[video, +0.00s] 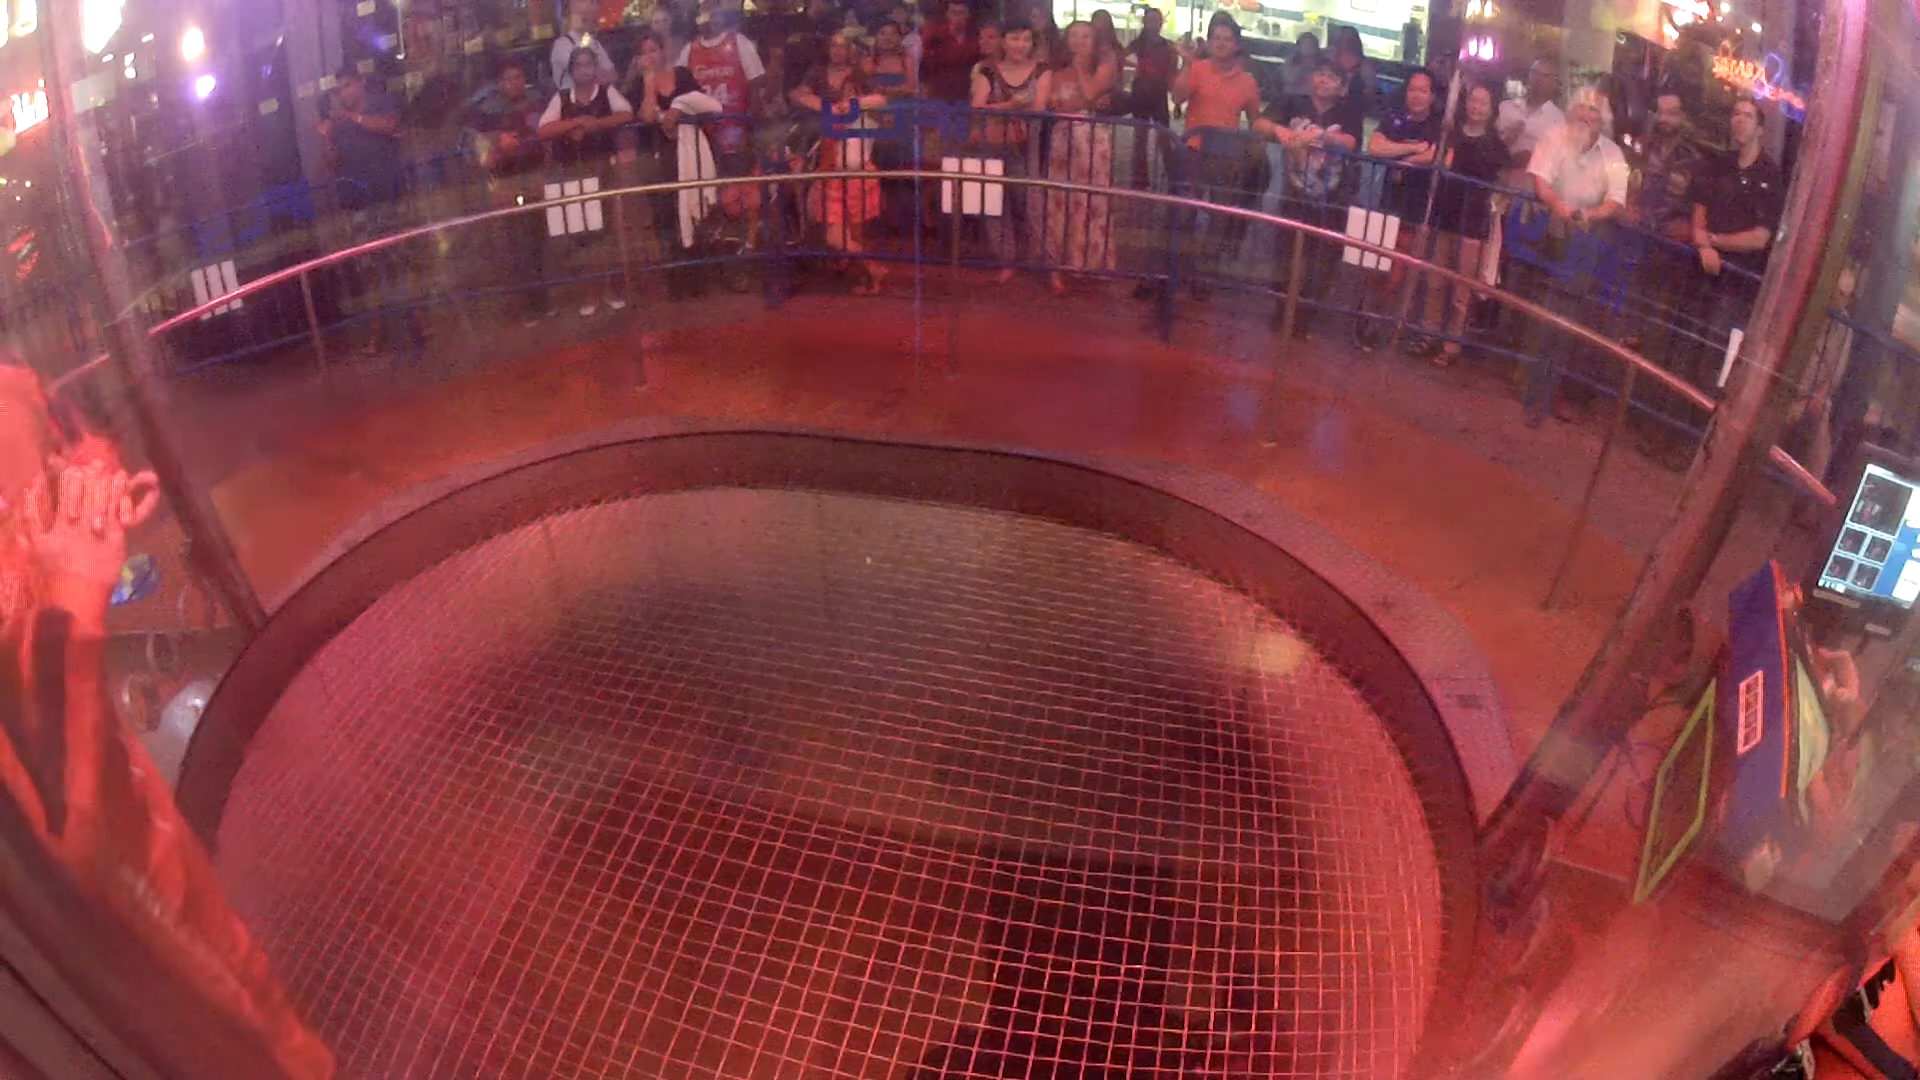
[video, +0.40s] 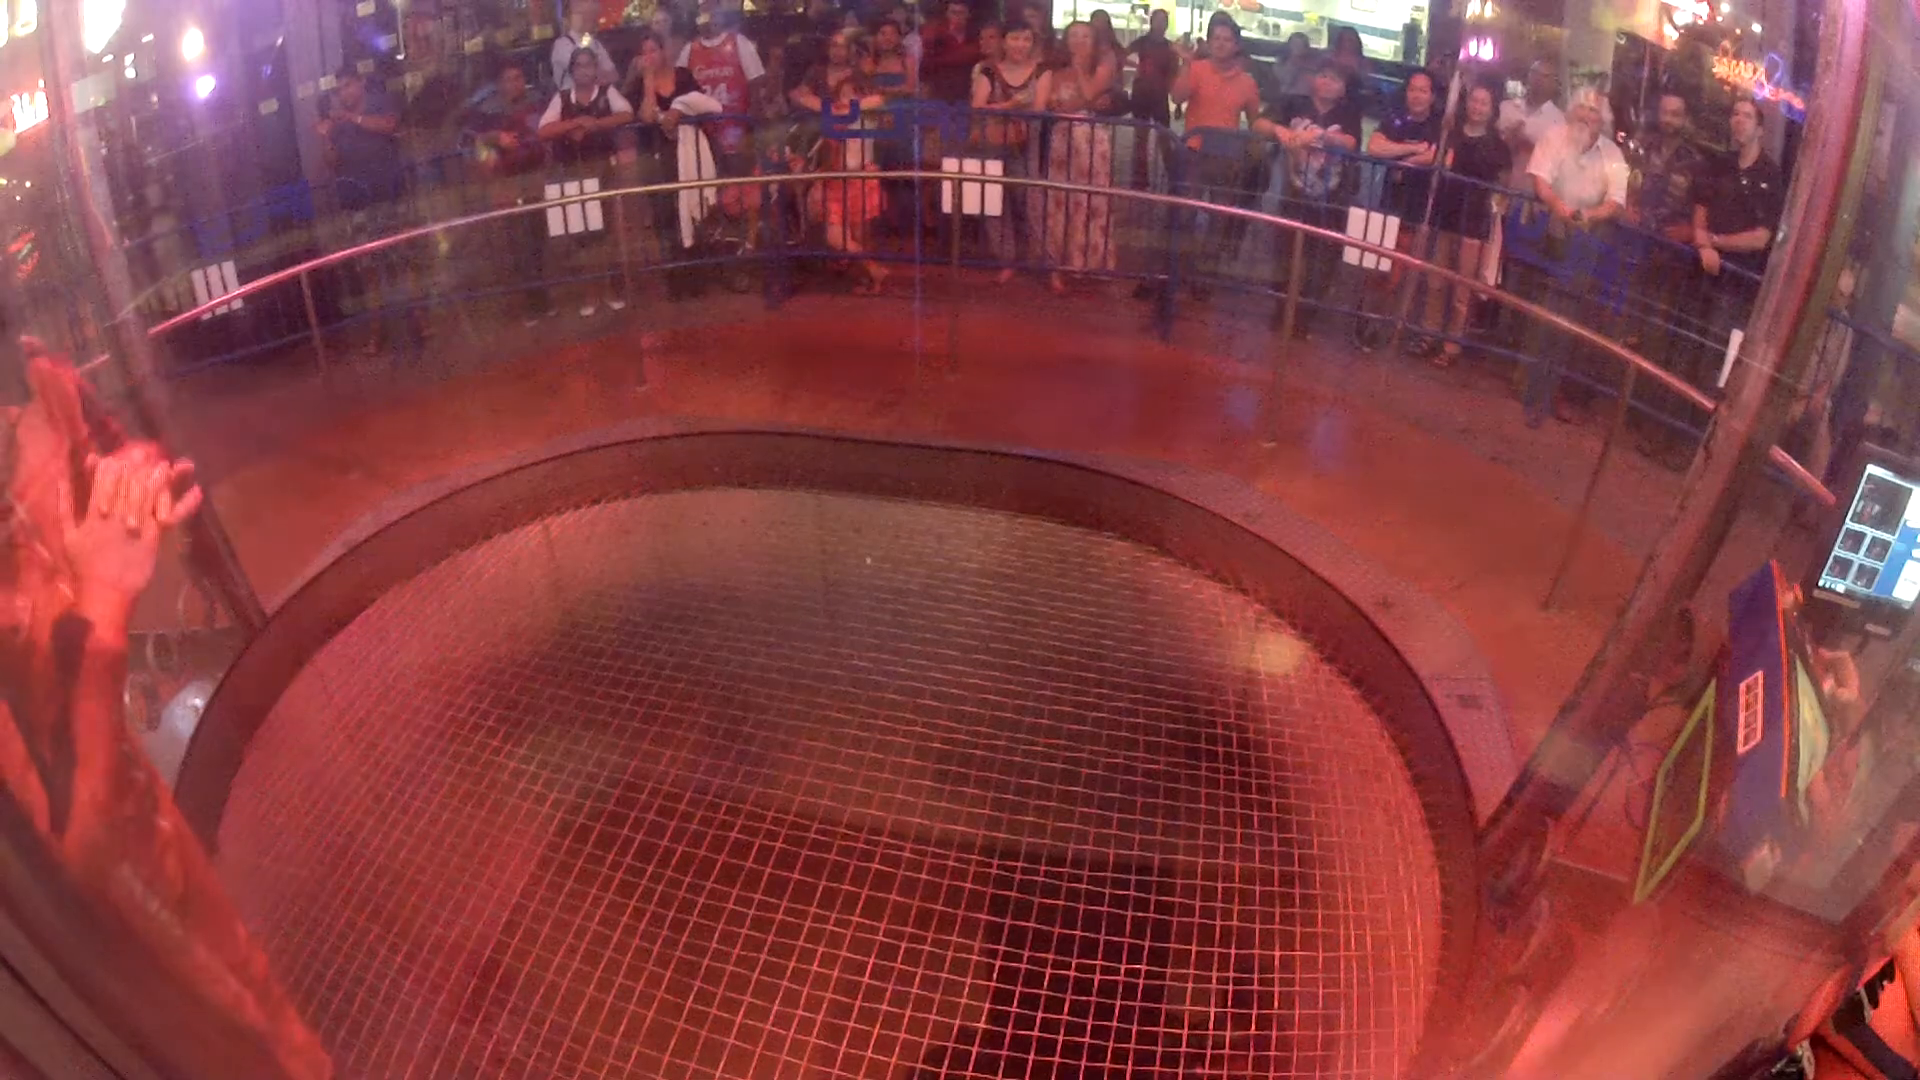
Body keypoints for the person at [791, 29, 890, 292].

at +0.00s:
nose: (836, 51)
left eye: (841, 46)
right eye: (833, 46)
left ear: (851, 50)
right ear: (827, 49)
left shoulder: (859, 76)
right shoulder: (818, 74)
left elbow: (880, 99)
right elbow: (798, 94)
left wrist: (853, 104)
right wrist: (828, 108)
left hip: (857, 163)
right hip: (829, 161)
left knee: (854, 230)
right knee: (833, 236)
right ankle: (873, 269)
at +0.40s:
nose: (835, 51)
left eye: (841, 46)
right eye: (832, 45)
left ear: (852, 50)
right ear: (826, 48)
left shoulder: (861, 77)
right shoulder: (819, 74)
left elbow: (880, 100)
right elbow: (797, 94)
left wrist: (853, 104)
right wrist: (826, 106)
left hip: (861, 170)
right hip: (831, 169)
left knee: (859, 230)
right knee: (834, 234)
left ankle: (863, 275)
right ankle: (874, 269)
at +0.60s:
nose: (843, 96)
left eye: (848, 91)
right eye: (840, 91)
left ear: (858, 92)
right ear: (834, 93)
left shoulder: (863, 108)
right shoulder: (830, 109)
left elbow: (879, 100)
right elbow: (797, 95)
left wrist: (853, 107)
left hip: (864, 175)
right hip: (839, 175)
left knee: (860, 230)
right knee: (834, 230)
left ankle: (865, 275)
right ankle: (871, 266)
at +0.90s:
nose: (844, 92)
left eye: (849, 87)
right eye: (840, 87)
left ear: (858, 89)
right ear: (834, 90)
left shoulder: (865, 106)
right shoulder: (831, 107)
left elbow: (882, 100)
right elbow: (798, 97)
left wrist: (855, 105)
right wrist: (827, 106)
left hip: (863, 171)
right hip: (834, 170)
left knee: (861, 224)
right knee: (817, 212)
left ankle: (863, 275)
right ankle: (851, 250)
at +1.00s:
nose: (835, 51)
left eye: (840, 46)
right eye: (832, 46)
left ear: (852, 50)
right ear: (827, 48)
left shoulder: (861, 77)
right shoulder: (820, 75)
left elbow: (885, 100)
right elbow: (798, 95)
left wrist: (855, 97)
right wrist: (828, 107)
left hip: (861, 156)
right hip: (832, 155)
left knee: (860, 218)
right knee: (819, 211)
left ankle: (862, 273)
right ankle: (844, 262)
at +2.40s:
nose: (838, 52)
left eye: (843, 46)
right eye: (834, 46)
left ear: (850, 50)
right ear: (827, 49)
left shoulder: (856, 79)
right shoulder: (818, 73)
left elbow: (863, 106)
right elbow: (797, 99)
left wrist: (848, 105)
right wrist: (828, 102)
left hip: (852, 147)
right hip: (826, 146)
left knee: (859, 213)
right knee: (826, 214)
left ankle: (864, 267)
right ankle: (824, 272)